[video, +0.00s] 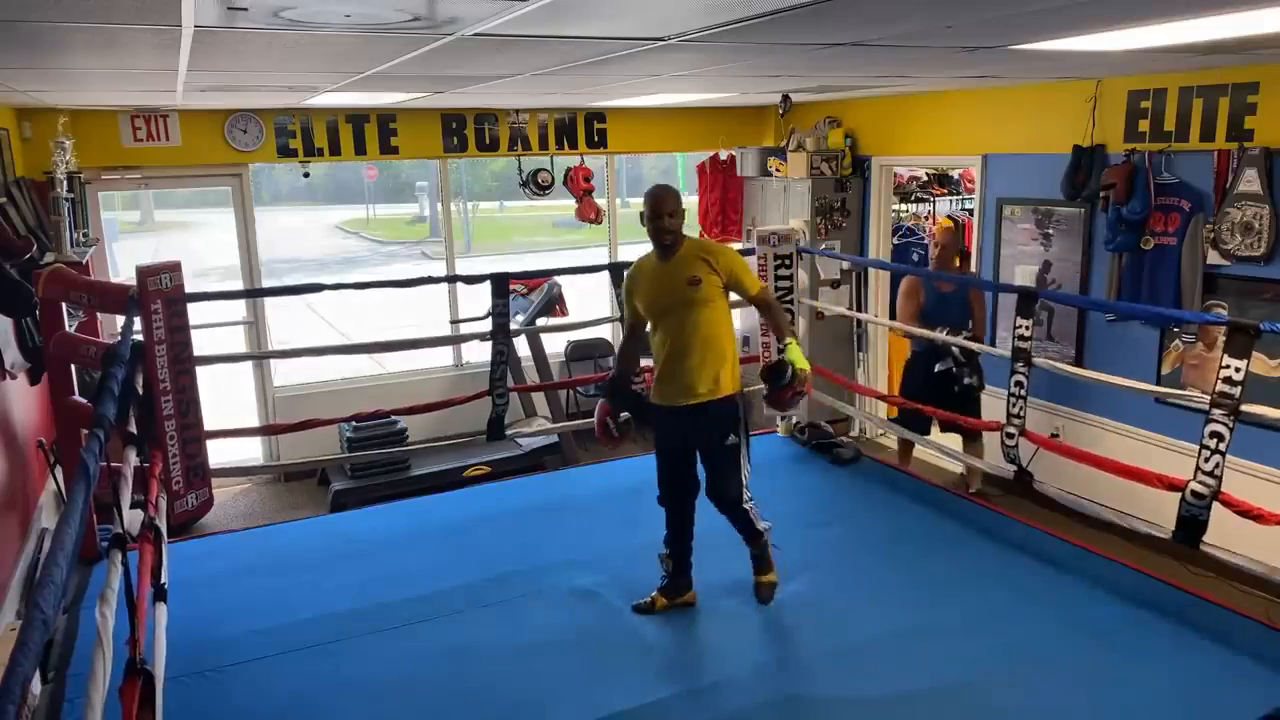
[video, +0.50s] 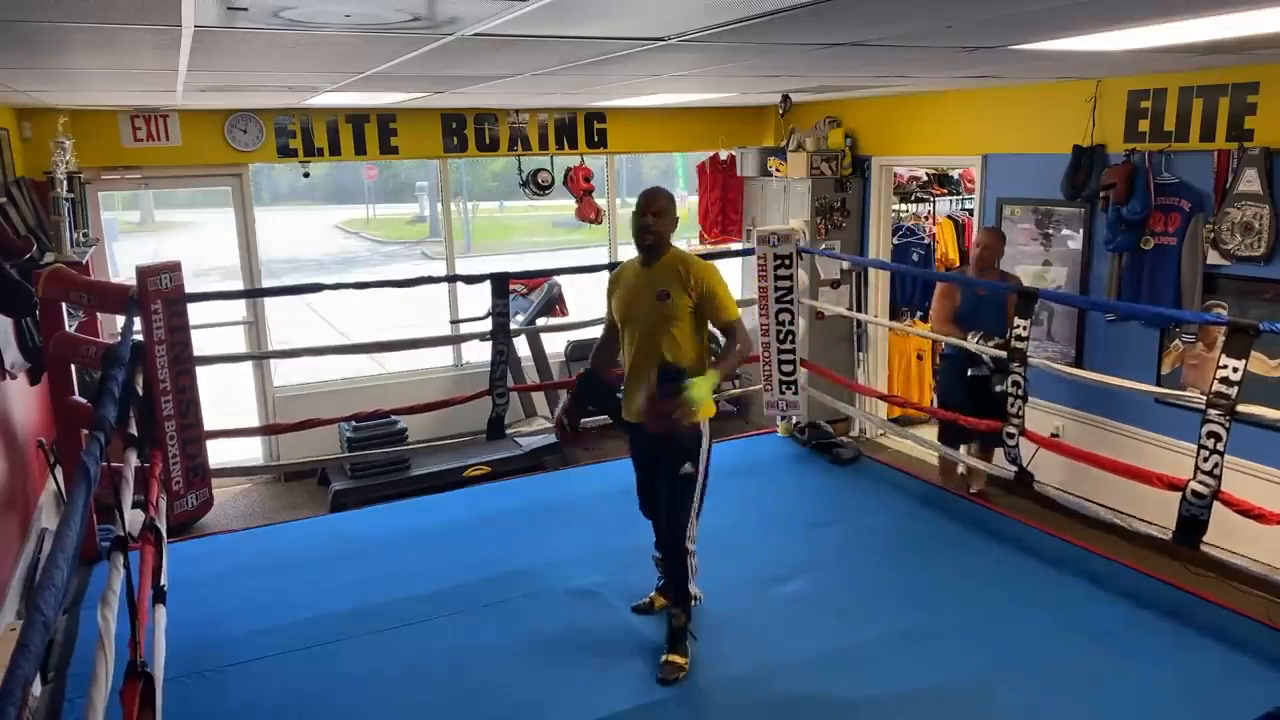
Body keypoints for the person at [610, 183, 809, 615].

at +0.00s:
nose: (665, 224)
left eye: (672, 215)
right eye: (656, 216)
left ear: (683, 216)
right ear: (643, 220)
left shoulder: (715, 256)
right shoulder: (637, 275)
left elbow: (766, 302)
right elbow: (634, 335)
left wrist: (792, 348)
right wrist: (613, 394)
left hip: (719, 396)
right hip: (670, 402)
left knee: (726, 495)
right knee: (676, 499)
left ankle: (760, 549)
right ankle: (678, 583)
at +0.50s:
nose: (648, 222)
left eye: (658, 214)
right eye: (642, 214)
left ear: (675, 221)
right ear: (632, 219)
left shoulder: (696, 273)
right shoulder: (621, 277)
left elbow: (742, 341)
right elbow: (610, 341)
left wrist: (707, 383)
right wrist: (577, 396)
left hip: (687, 416)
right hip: (639, 417)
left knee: (676, 525)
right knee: (654, 510)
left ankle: (679, 637)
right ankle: (675, 583)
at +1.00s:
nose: (673, 228)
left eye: (686, 222)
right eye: (668, 218)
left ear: (706, 233)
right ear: (658, 221)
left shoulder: (712, 292)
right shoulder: (629, 274)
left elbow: (692, 377)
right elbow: (571, 307)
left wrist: (627, 349)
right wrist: (532, 346)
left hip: (682, 445)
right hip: (625, 437)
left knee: (682, 551)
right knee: (597, 539)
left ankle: (680, 646)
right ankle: (624, 629)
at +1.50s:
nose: (618, 244)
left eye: (627, 234)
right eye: (607, 235)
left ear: (642, 239)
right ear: (589, 241)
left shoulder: (681, 300)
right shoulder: (562, 314)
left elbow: (717, 371)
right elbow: (552, 406)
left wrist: (731, 429)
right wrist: (580, 470)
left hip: (670, 475)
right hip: (598, 479)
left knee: (683, 582)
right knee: (597, 594)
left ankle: (679, 640)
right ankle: (596, 694)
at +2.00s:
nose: (703, 275)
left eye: (713, 263)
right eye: (691, 261)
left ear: (723, 267)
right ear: (665, 257)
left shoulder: (731, 334)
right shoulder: (608, 333)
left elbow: (730, 414)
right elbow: (567, 430)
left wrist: (741, 484)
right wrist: (556, 524)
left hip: (703, 523)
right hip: (623, 528)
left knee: (721, 654)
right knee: (603, 638)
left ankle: (716, 719)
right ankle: (595, 702)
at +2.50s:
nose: (789, 307)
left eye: (797, 294)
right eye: (783, 292)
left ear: (800, 288)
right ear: (748, 275)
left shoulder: (797, 353)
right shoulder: (659, 344)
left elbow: (802, 464)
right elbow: (612, 455)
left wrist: (758, 525)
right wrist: (671, 497)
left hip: (755, 563)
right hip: (683, 567)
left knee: (733, 697)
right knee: (704, 709)